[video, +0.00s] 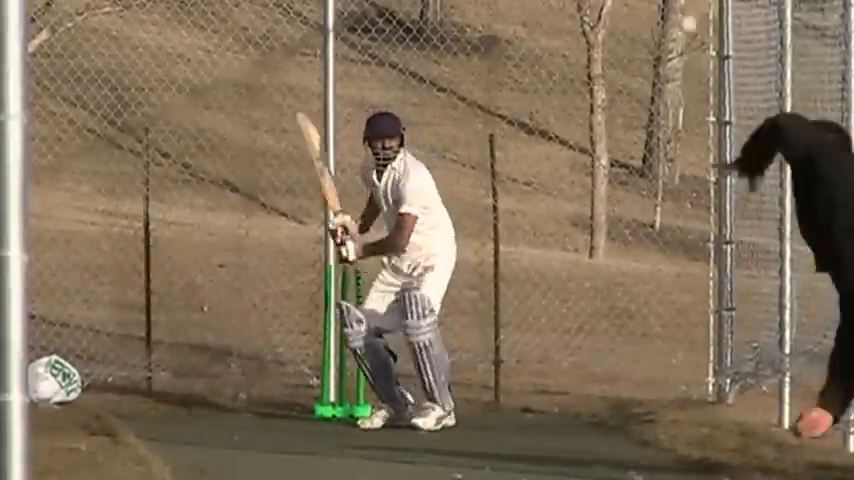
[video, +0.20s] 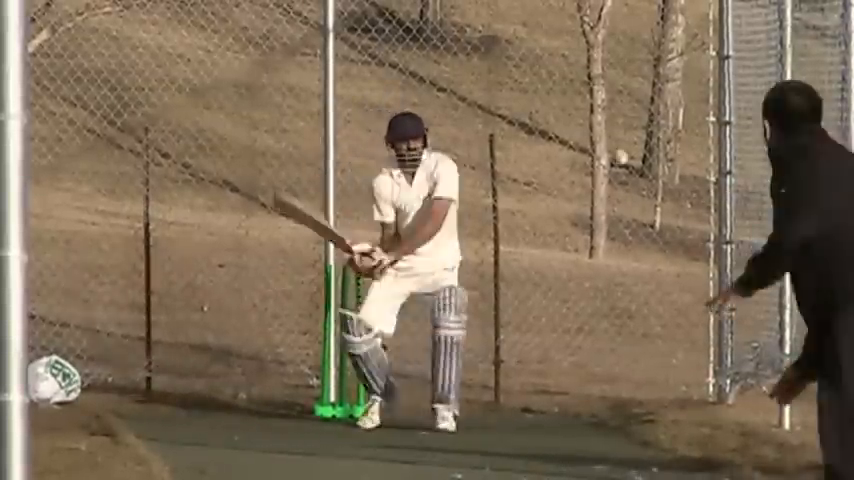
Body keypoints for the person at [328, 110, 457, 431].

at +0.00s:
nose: (383, 148)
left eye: (390, 141)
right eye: (375, 142)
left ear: (401, 142)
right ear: (367, 144)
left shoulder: (411, 177)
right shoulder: (371, 169)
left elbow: (398, 241)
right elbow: (376, 202)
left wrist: (360, 249)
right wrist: (358, 228)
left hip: (431, 259)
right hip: (397, 261)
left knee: (418, 325)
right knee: (361, 330)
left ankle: (442, 406)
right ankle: (395, 404)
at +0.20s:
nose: (410, 149)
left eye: (416, 142)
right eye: (402, 144)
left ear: (425, 142)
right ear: (392, 146)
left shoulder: (443, 168)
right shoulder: (384, 182)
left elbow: (434, 221)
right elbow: (390, 237)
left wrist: (391, 254)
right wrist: (372, 258)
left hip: (439, 271)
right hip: (397, 271)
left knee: (449, 324)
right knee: (360, 331)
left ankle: (445, 407)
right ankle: (381, 394)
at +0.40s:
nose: (428, 150)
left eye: (434, 142)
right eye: (420, 144)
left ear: (439, 139)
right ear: (404, 143)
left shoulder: (442, 147)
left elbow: (483, 180)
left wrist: (526, 205)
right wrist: (533, 199)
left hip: (444, 252)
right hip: (413, 258)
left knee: (462, 324)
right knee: (404, 345)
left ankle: (450, 406)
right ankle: (365, 392)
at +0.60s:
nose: (482, 122)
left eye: (481, 115)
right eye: (478, 115)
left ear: (447, 116)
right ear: (465, 117)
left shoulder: (428, 140)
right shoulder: (463, 151)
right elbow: (499, 146)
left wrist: (498, 109)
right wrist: (502, 112)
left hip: (450, 246)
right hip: (431, 247)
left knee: (473, 326)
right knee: (422, 339)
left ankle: (448, 404)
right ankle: (365, 380)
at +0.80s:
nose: (499, 107)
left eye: (498, 102)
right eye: (498, 103)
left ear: (461, 101)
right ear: (492, 105)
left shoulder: (436, 132)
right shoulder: (496, 139)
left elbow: (422, 169)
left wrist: (430, 125)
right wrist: (449, 116)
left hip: (429, 229)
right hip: (455, 232)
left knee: (460, 318)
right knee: (445, 320)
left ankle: (438, 402)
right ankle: (400, 395)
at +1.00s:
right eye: (493, 103)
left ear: (460, 102)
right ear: (493, 106)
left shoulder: (438, 132)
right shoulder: (501, 138)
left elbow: (394, 171)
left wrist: (392, 140)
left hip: (435, 227)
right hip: (477, 231)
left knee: (440, 317)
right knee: (476, 313)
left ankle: (437, 400)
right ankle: (473, 371)